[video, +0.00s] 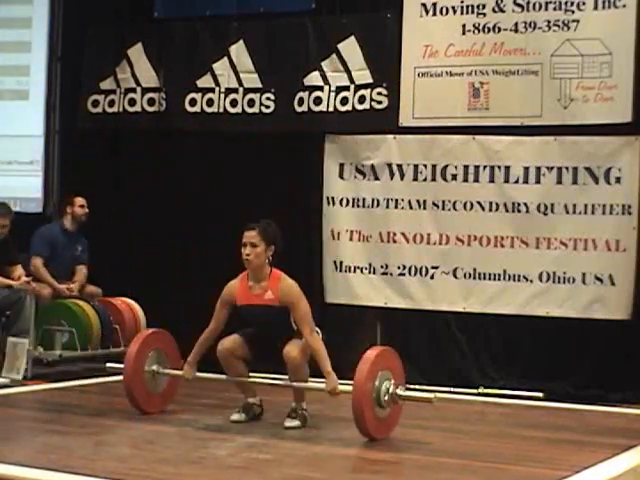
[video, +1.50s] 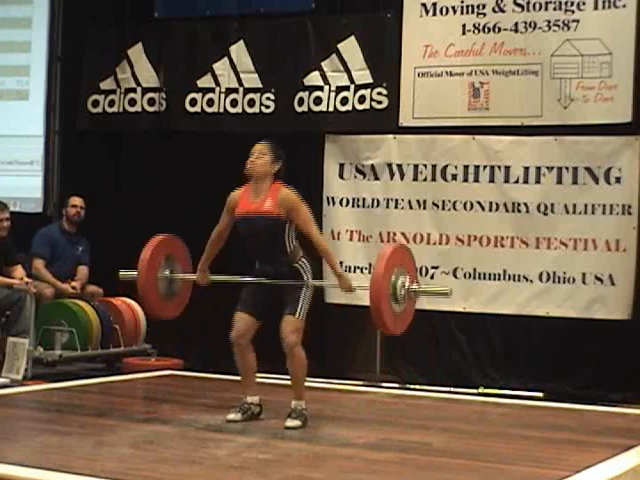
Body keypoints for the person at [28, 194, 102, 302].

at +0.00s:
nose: (86, 211)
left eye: (86, 207)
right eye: (81, 207)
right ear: (68, 209)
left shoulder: (80, 240)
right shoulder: (46, 233)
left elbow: (81, 268)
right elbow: (35, 265)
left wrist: (76, 285)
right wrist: (57, 287)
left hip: (67, 281)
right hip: (44, 280)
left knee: (95, 292)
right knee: (45, 293)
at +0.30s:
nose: (90, 212)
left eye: (90, 209)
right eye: (86, 208)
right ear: (73, 210)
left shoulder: (82, 241)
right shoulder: (50, 231)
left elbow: (83, 268)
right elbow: (38, 262)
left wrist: (76, 284)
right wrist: (58, 285)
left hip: (68, 282)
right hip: (44, 280)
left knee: (95, 292)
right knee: (47, 292)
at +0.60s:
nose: (91, 213)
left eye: (91, 210)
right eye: (87, 209)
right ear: (74, 211)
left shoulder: (83, 242)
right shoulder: (52, 231)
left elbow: (83, 268)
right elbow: (40, 262)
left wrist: (78, 282)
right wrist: (62, 284)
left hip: (69, 283)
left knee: (95, 292)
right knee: (47, 292)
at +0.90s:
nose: (92, 214)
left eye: (92, 210)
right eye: (87, 210)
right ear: (75, 211)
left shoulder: (83, 242)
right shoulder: (52, 230)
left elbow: (83, 269)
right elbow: (40, 261)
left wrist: (77, 282)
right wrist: (61, 283)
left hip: (69, 283)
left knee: (95, 292)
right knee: (47, 292)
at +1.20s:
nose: (88, 213)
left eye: (89, 210)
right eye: (83, 209)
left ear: (91, 212)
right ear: (71, 211)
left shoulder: (83, 242)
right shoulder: (51, 231)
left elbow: (83, 268)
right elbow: (41, 263)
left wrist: (79, 281)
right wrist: (63, 283)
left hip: (70, 283)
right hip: (45, 280)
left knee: (96, 292)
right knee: (48, 292)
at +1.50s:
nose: (78, 211)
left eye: (81, 208)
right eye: (74, 206)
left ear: (84, 213)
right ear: (64, 211)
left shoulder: (82, 242)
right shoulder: (46, 234)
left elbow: (83, 269)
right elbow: (37, 268)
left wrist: (78, 283)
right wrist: (60, 286)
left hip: (68, 283)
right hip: (45, 280)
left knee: (96, 292)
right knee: (48, 292)